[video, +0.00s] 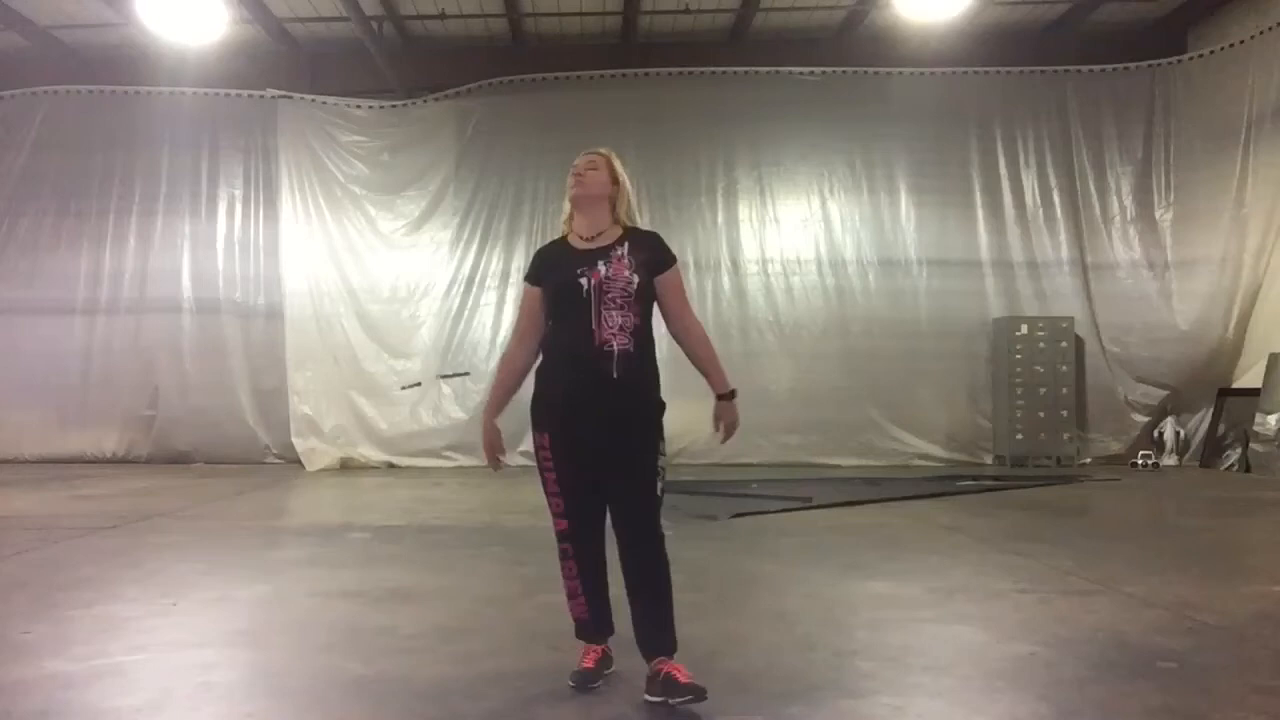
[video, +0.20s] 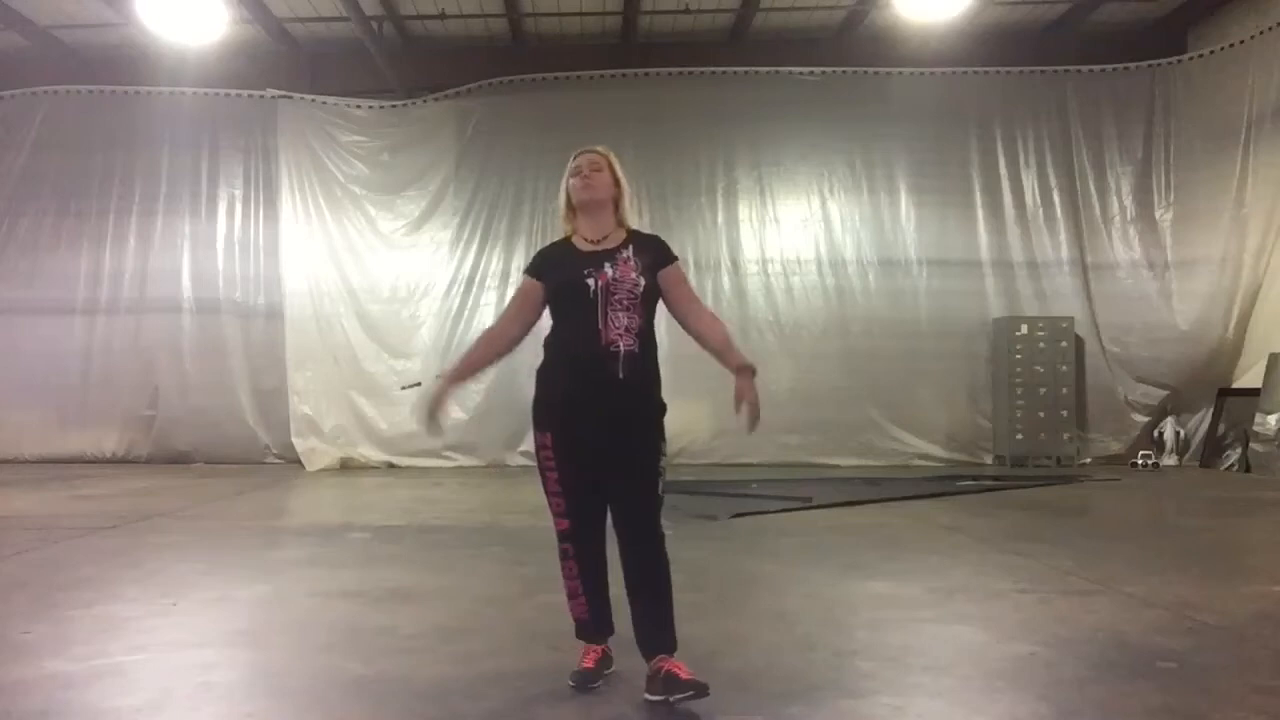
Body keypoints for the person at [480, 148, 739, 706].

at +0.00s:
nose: (581, 170)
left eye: (593, 166)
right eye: (575, 168)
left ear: (616, 187)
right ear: (567, 188)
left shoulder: (646, 247)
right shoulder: (548, 257)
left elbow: (684, 323)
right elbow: (525, 341)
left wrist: (723, 389)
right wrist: (489, 412)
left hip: (632, 415)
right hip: (562, 418)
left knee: (642, 535)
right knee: (576, 535)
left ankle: (661, 658)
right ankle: (594, 644)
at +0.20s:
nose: (584, 175)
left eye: (595, 169)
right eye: (575, 172)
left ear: (617, 186)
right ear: (566, 192)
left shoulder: (647, 250)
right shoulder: (551, 260)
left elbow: (696, 314)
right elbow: (506, 330)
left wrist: (738, 364)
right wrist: (450, 376)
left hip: (634, 414)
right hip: (565, 417)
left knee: (642, 533)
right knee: (577, 535)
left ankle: (662, 657)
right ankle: (593, 646)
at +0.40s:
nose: (591, 180)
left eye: (600, 172)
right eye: (581, 175)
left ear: (619, 184)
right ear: (569, 192)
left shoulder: (650, 249)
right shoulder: (555, 259)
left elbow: (693, 302)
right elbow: (503, 313)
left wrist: (706, 249)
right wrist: (471, 271)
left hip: (636, 416)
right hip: (567, 419)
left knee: (644, 535)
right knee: (578, 537)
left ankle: (663, 659)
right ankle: (594, 646)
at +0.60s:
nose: (598, 182)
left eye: (607, 174)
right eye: (587, 176)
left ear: (625, 186)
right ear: (575, 192)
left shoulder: (650, 249)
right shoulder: (559, 256)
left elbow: (704, 269)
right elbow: (499, 297)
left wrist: (661, 207)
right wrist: (528, 226)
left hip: (637, 413)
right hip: (568, 416)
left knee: (648, 536)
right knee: (580, 535)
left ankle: (666, 660)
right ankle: (594, 645)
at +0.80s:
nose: (600, 183)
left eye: (610, 175)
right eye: (590, 176)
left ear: (628, 188)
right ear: (575, 191)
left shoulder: (654, 252)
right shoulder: (560, 257)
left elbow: (709, 247)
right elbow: (496, 276)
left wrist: (653, 211)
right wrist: (556, 226)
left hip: (640, 413)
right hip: (570, 416)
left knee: (649, 536)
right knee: (581, 536)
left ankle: (666, 661)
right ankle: (594, 645)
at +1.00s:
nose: (603, 183)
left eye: (613, 175)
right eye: (592, 176)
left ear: (631, 190)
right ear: (577, 191)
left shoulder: (657, 252)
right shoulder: (561, 257)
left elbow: (711, 228)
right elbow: (494, 250)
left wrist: (651, 203)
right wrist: (560, 216)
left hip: (641, 414)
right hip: (571, 416)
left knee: (650, 538)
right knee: (582, 536)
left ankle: (666, 662)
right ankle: (594, 646)